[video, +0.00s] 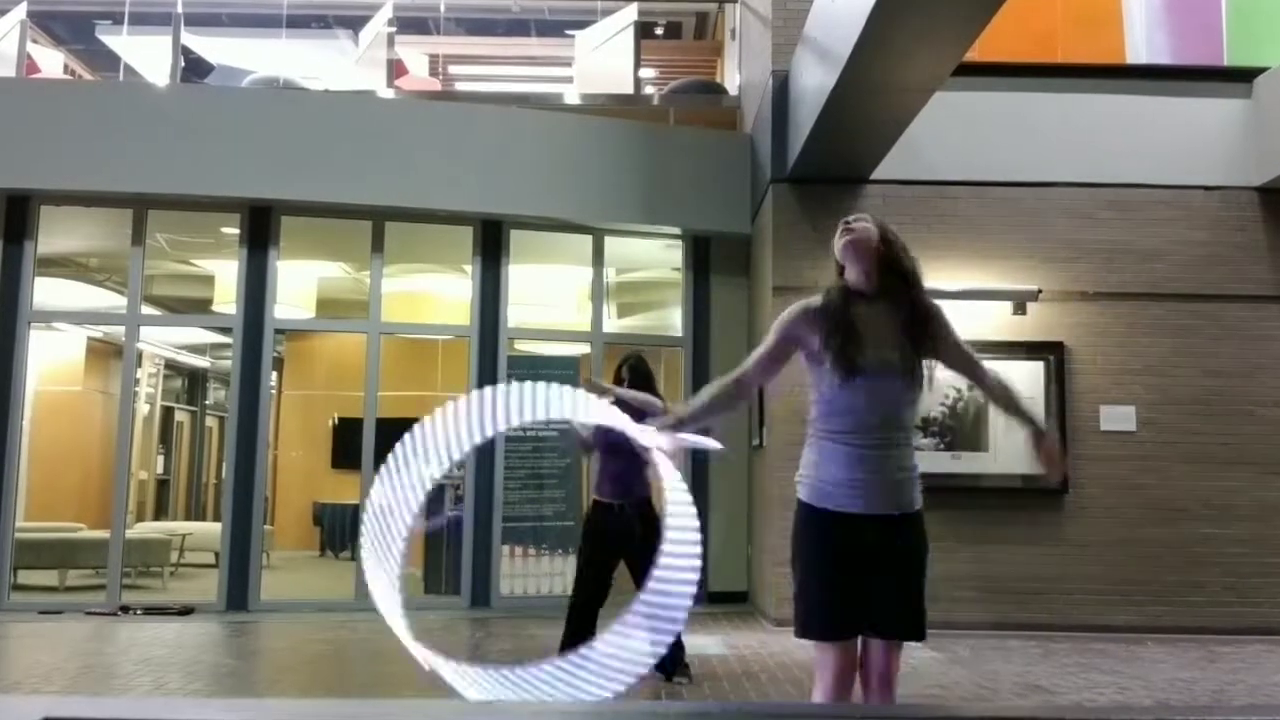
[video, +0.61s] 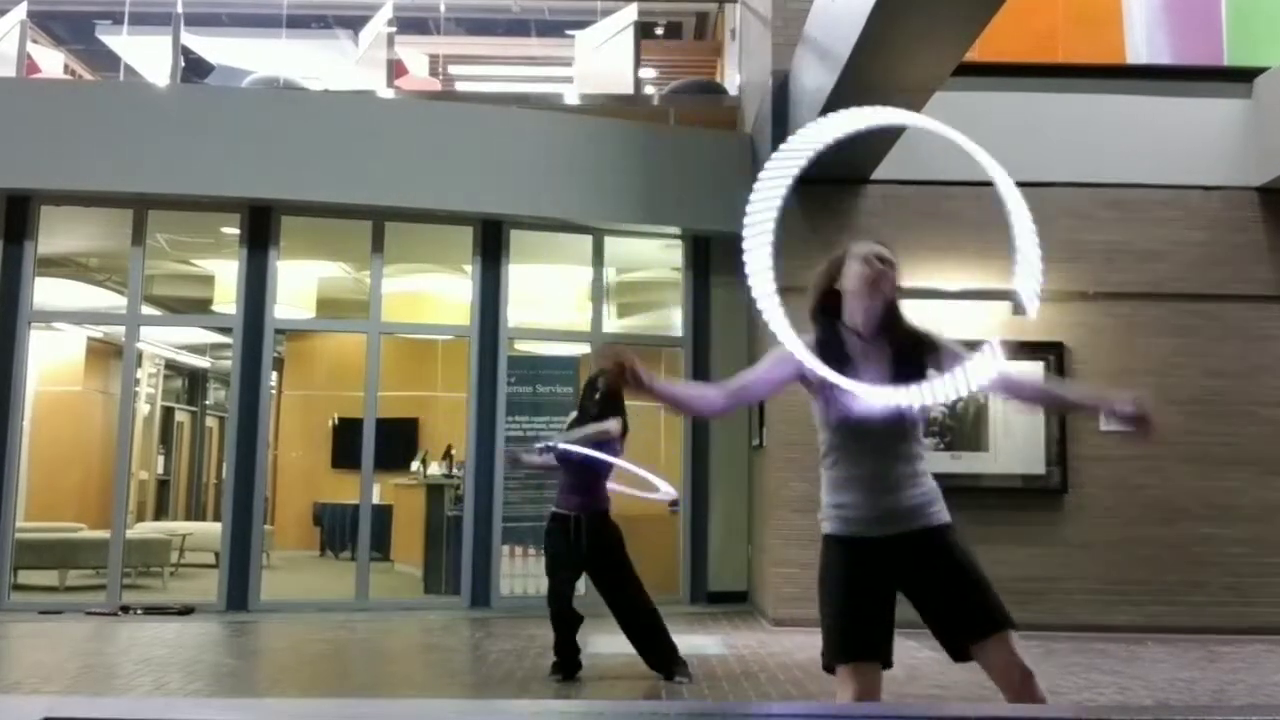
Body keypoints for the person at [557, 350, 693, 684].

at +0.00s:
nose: (624, 387)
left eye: (630, 381)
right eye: (621, 381)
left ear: (639, 383)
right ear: (615, 384)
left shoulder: (653, 413)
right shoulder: (605, 414)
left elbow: (655, 405)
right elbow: (585, 445)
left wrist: (607, 392)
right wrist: (572, 420)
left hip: (639, 511)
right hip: (602, 511)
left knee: (655, 591)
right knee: (587, 595)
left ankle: (674, 665)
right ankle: (568, 667)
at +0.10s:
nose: (617, 387)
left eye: (624, 380)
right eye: (612, 379)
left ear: (635, 386)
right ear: (605, 382)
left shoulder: (640, 417)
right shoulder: (595, 411)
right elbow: (576, 449)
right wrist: (558, 438)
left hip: (626, 513)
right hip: (591, 512)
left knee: (647, 593)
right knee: (581, 594)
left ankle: (673, 665)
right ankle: (567, 663)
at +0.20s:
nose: (607, 388)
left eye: (614, 382)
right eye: (604, 381)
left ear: (626, 387)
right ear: (597, 385)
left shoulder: (633, 415)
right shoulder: (584, 415)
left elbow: (679, 434)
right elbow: (562, 452)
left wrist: (691, 459)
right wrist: (550, 466)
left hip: (618, 519)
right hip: (582, 518)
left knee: (641, 596)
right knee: (574, 596)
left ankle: (673, 664)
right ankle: (567, 663)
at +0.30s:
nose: (609, 395)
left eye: (616, 390)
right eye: (604, 388)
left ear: (625, 394)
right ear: (594, 389)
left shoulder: (628, 425)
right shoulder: (574, 418)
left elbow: (658, 456)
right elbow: (558, 459)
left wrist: (670, 496)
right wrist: (548, 494)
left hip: (611, 520)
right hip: (574, 520)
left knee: (638, 595)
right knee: (571, 598)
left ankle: (672, 663)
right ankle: (566, 663)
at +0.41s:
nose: (605, 401)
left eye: (612, 396)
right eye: (600, 394)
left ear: (622, 399)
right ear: (591, 394)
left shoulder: (627, 431)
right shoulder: (571, 421)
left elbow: (648, 471)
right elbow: (552, 461)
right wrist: (540, 498)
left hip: (607, 524)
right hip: (571, 523)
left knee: (635, 597)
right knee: (569, 600)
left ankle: (671, 663)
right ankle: (566, 663)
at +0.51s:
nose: (602, 399)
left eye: (609, 394)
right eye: (598, 392)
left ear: (618, 398)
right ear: (589, 393)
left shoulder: (620, 429)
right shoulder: (571, 420)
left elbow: (618, 456)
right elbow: (553, 462)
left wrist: (584, 470)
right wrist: (529, 486)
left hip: (601, 522)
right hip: (566, 521)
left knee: (631, 595)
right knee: (564, 598)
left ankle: (670, 663)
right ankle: (566, 663)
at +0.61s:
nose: (596, 394)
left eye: (603, 389)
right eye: (594, 388)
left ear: (610, 397)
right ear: (586, 394)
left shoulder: (612, 427)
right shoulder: (576, 426)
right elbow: (556, 460)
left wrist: (554, 447)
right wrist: (525, 459)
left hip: (595, 523)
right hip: (562, 521)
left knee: (627, 595)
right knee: (559, 599)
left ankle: (670, 663)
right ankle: (566, 664)